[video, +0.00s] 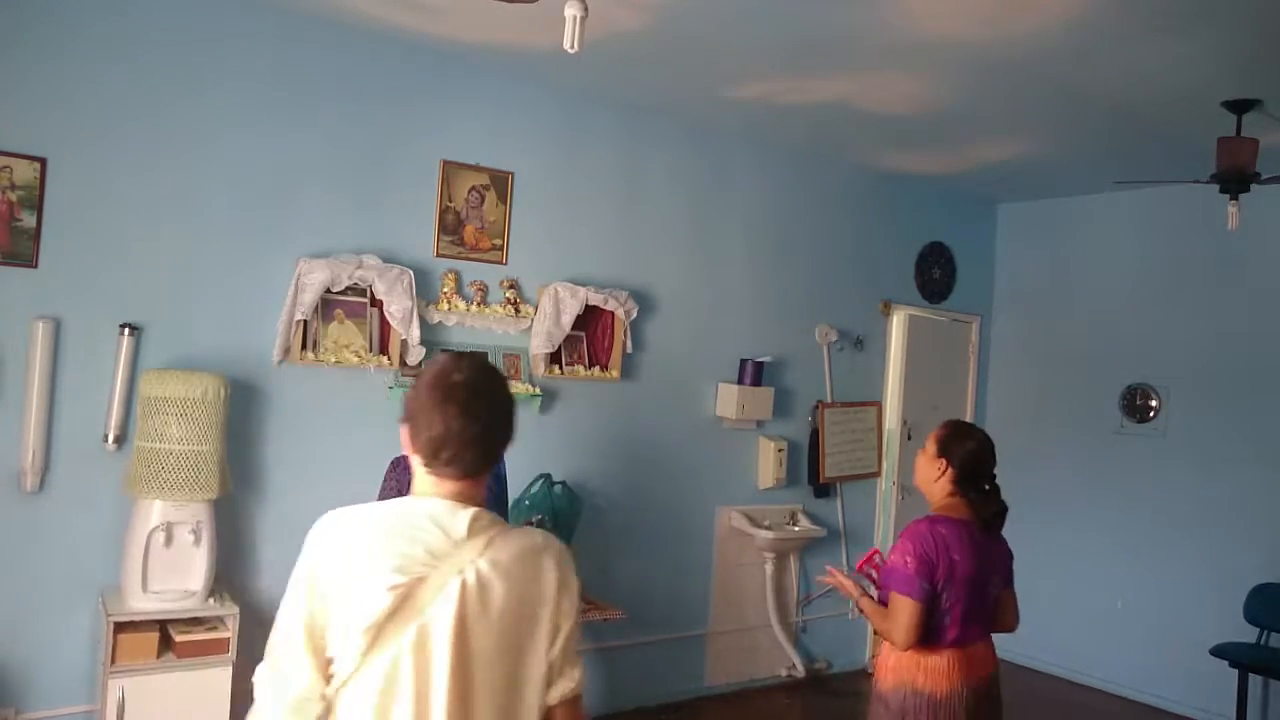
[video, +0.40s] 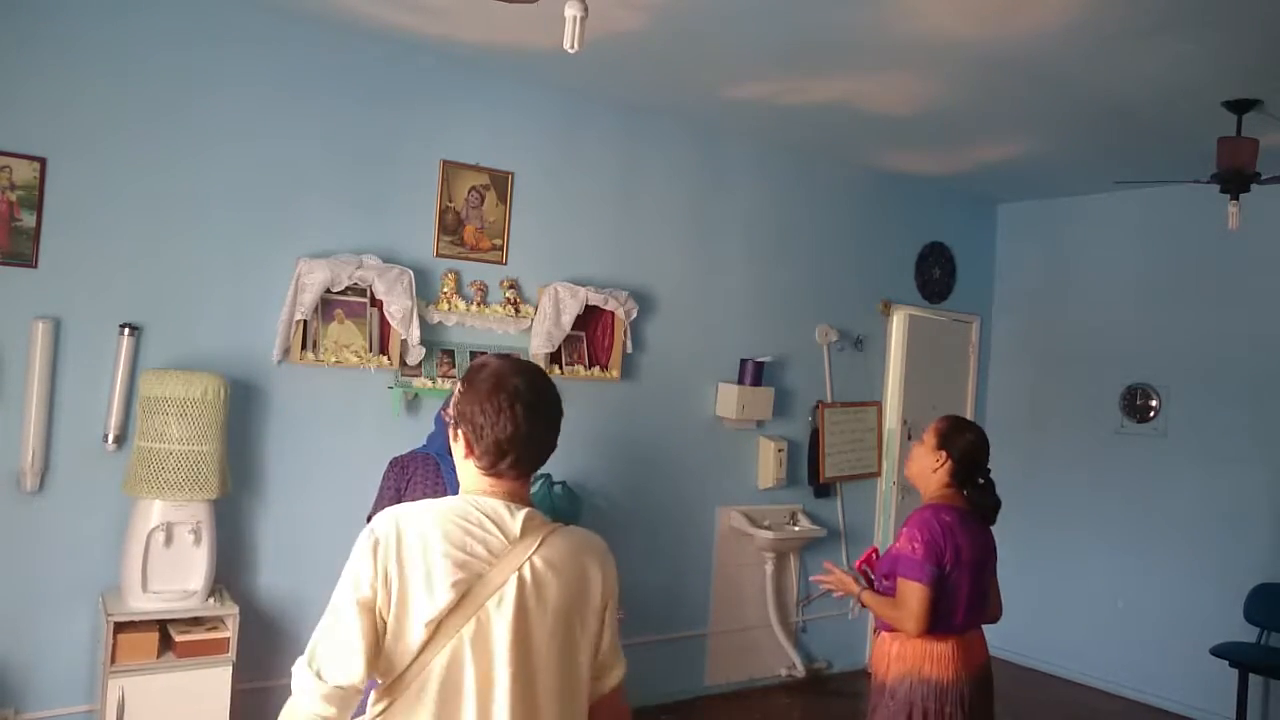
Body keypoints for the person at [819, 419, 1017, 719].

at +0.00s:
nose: (917, 458)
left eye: (923, 451)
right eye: (921, 450)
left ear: (942, 467)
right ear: (979, 472)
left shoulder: (921, 536)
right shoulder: (993, 538)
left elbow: (901, 634)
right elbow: (1006, 619)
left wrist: (858, 596)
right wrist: (951, 614)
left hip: (919, 677)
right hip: (977, 670)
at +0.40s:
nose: (911, 447)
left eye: (921, 441)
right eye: (918, 440)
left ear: (940, 460)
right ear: (945, 461)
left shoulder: (923, 524)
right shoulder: (976, 522)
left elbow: (912, 620)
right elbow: (991, 610)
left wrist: (859, 592)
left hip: (917, 662)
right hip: (968, 656)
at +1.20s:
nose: (898, 462)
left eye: (905, 453)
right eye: (902, 452)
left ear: (928, 468)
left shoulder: (899, 534)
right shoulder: (985, 542)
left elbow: (876, 635)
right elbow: (1006, 638)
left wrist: (842, 603)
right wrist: (946, 630)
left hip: (902, 687)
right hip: (968, 684)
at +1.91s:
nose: (899, 470)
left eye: (903, 462)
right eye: (902, 461)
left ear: (919, 477)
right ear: (965, 476)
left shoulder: (890, 549)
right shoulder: (1008, 549)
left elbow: (868, 655)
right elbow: (1042, 647)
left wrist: (851, 613)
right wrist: (979, 637)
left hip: (909, 699)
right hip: (990, 698)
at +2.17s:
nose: (917, 472)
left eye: (921, 464)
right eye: (919, 463)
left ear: (940, 478)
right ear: (985, 472)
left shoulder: (918, 550)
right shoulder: (1032, 546)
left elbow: (904, 661)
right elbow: (1066, 641)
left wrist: (881, 619)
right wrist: (999, 634)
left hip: (941, 700)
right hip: (1019, 697)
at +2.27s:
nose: (932, 476)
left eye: (937, 468)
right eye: (934, 467)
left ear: (957, 482)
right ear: (1001, 474)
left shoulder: (940, 555)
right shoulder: (1047, 547)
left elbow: (927, 667)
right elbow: (1079, 641)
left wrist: (896, 620)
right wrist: (1013, 637)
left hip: (960, 702)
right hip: (1037, 699)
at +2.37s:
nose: (949, 479)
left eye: (954, 471)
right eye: (950, 470)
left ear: (976, 485)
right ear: (1018, 477)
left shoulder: (962, 558)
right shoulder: (1063, 548)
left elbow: (961, 672)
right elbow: (1093, 639)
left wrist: (916, 631)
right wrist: (1026, 638)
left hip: (983, 704)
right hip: (1059, 701)